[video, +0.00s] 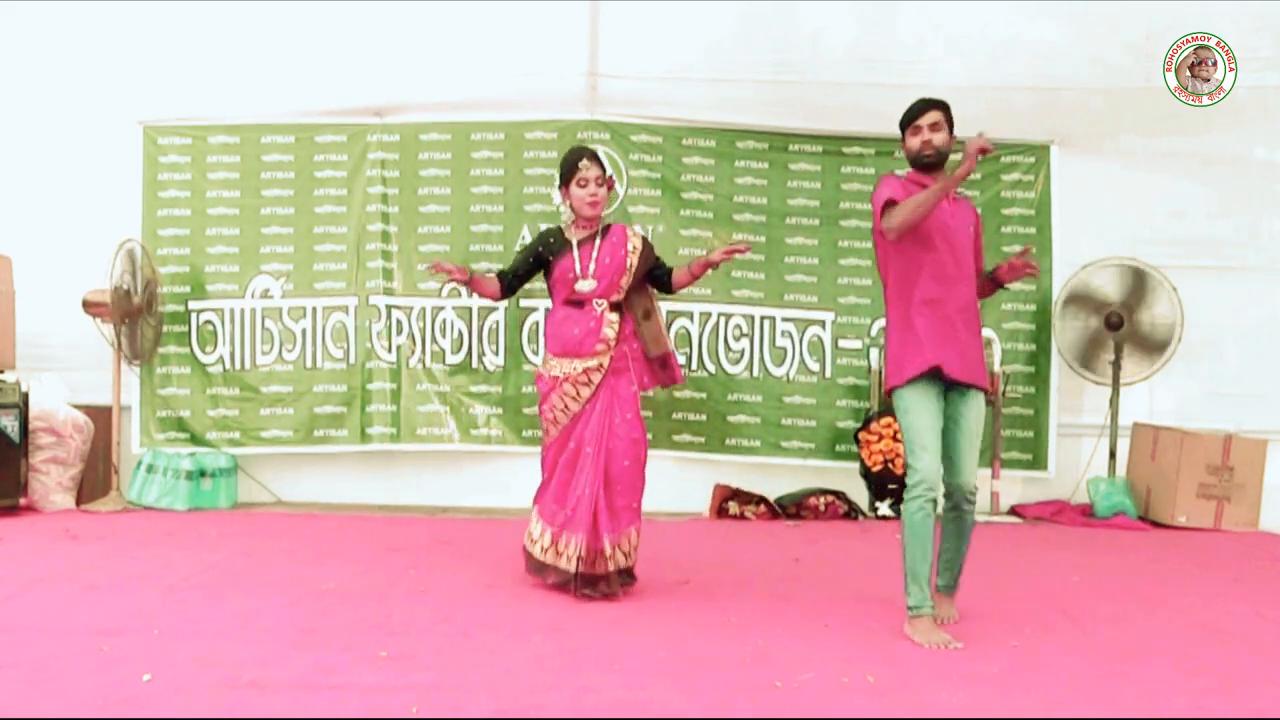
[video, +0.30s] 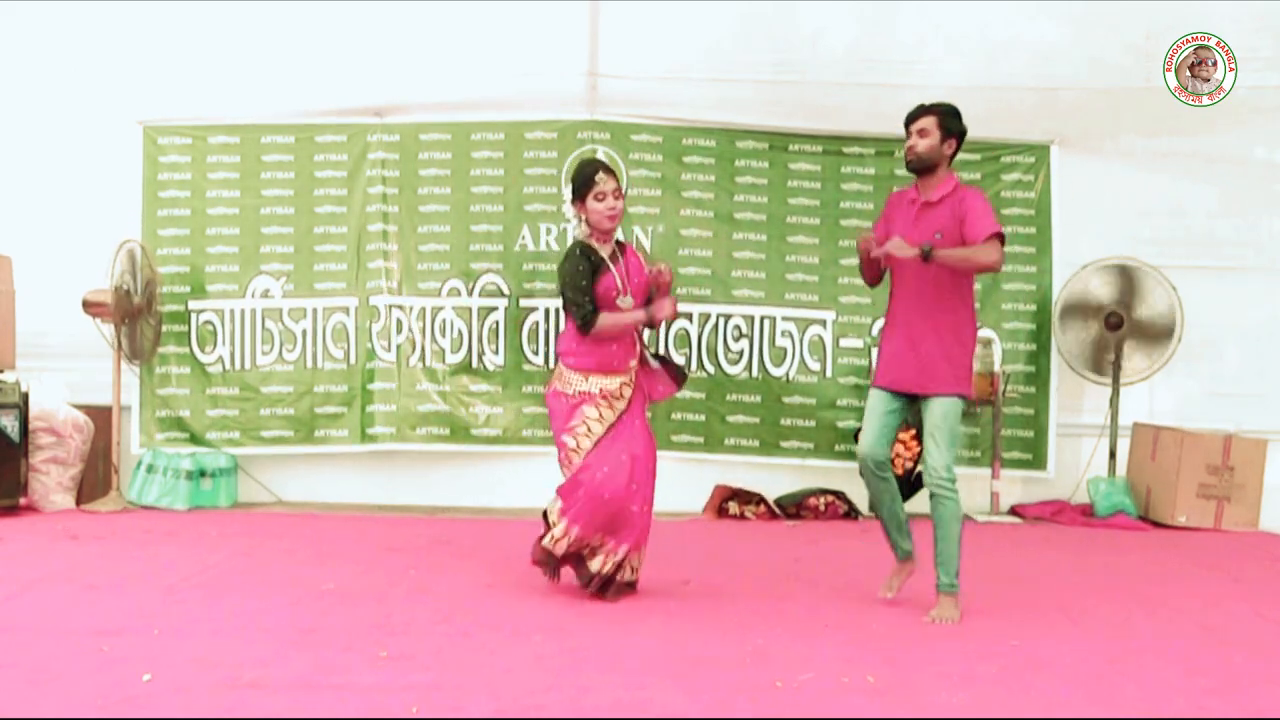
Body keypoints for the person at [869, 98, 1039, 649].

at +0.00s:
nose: (928, 137)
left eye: (937, 128)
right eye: (917, 130)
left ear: (953, 139)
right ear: (904, 143)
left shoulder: (967, 209)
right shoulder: (894, 186)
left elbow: (970, 290)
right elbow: (894, 224)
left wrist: (1000, 275)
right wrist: (957, 175)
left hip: (966, 354)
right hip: (913, 352)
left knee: (964, 485)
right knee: (925, 479)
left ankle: (945, 594)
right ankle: (918, 612)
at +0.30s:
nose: (910, 143)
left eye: (921, 135)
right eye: (909, 135)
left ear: (949, 144)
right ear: (908, 144)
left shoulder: (969, 198)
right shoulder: (897, 202)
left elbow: (991, 256)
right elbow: (873, 278)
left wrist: (922, 252)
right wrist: (868, 256)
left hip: (946, 356)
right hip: (896, 352)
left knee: (939, 472)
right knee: (870, 455)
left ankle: (948, 591)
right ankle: (903, 554)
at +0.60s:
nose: (903, 179)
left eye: (915, 174)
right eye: (901, 170)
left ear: (935, 186)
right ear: (896, 175)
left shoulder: (931, 229)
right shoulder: (895, 228)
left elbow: (953, 287)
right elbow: (898, 298)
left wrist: (898, 261)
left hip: (922, 365)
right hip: (892, 364)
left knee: (923, 470)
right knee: (881, 472)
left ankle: (956, 578)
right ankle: (905, 559)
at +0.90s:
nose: (917, 166)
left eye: (929, 161)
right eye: (914, 157)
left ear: (947, 172)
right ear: (906, 160)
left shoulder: (954, 215)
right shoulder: (901, 206)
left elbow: (993, 266)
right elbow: (894, 255)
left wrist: (971, 231)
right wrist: (852, 250)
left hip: (944, 351)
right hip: (903, 351)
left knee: (935, 453)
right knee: (911, 463)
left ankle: (976, 564)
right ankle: (912, 556)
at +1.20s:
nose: (961, 147)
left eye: (968, 139)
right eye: (950, 140)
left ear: (977, 148)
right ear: (931, 151)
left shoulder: (994, 208)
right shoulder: (914, 205)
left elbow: (1030, 277)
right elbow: (893, 269)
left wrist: (1009, 250)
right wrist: (956, 239)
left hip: (980, 355)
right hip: (926, 351)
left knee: (974, 476)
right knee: (927, 467)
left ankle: (948, 572)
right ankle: (900, 520)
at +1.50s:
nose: (996, 130)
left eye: (995, 121)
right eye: (984, 126)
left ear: (994, 134)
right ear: (958, 144)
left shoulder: (983, 197)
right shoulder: (968, 189)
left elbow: (980, 292)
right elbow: (953, 232)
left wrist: (1032, 295)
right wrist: (1033, 250)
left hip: (977, 355)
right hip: (984, 358)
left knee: (952, 474)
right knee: (1011, 475)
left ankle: (906, 567)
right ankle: (985, 610)